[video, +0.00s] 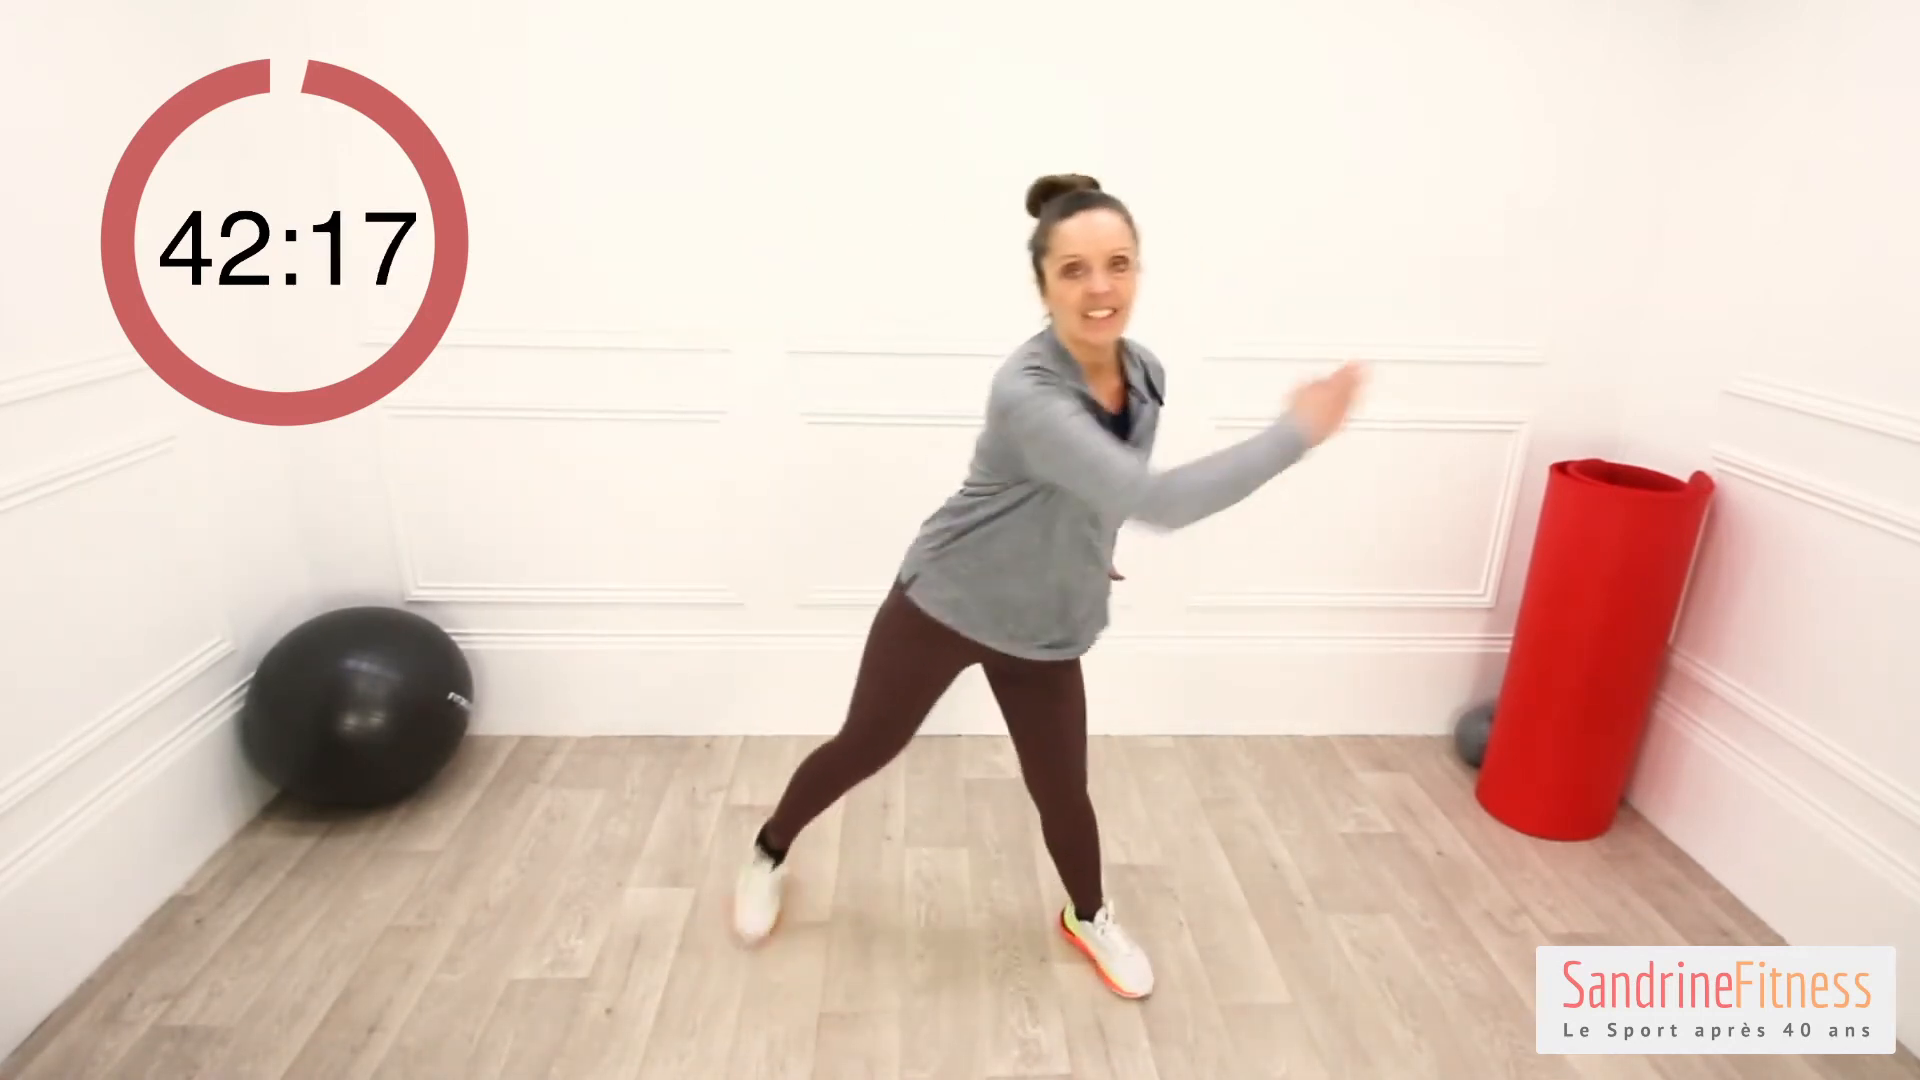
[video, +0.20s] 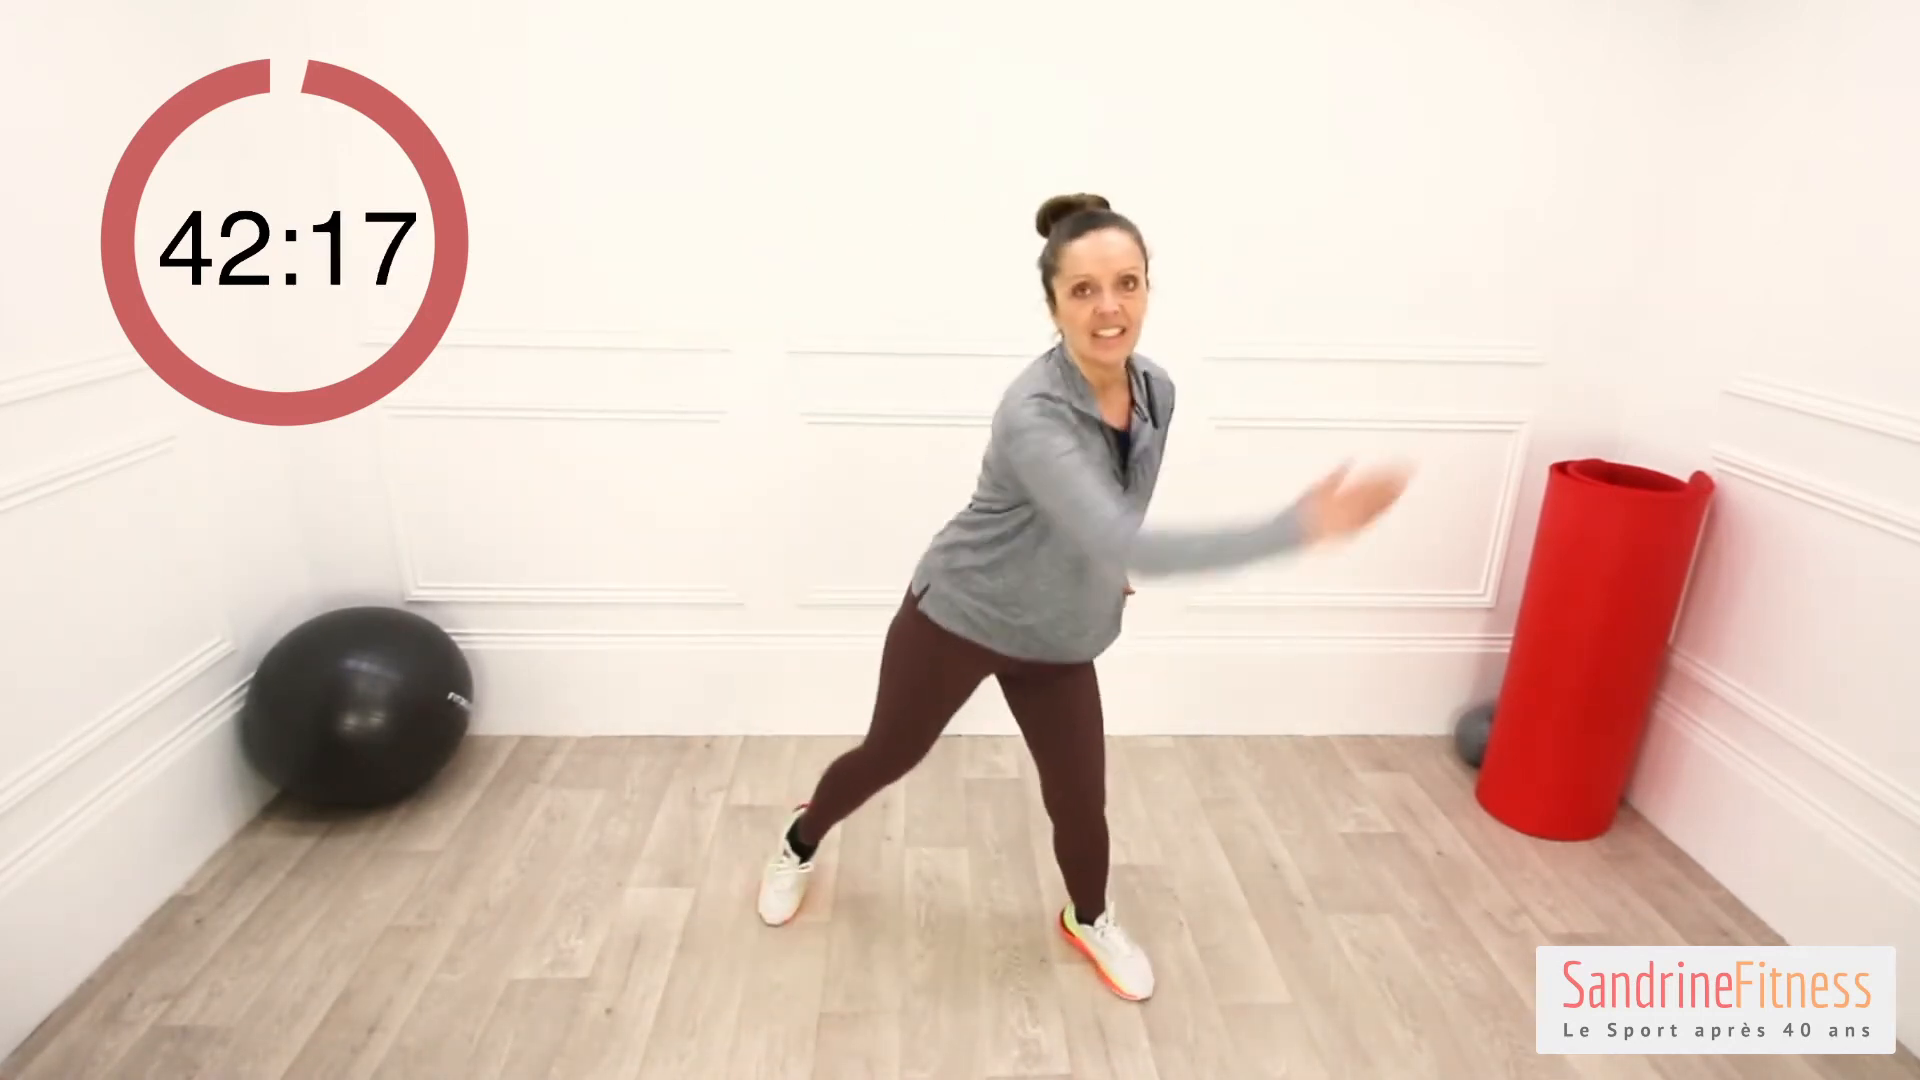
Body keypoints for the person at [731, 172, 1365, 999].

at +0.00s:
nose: (1099, 289)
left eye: (1117, 266)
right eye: (1074, 271)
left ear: (1138, 277)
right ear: (1042, 289)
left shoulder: (1146, 377)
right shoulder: (1026, 395)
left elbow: (1087, 485)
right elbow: (1152, 500)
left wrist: (1093, 551)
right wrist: (1294, 434)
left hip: (1043, 620)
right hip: (947, 598)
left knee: (1062, 789)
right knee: (867, 744)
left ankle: (1088, 918)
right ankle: (767, 850)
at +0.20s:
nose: (1109, 308)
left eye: (1126, 286)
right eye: (1085, 291)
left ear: (1148, 292)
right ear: (1054, 303)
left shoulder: (1154, 392)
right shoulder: (1035, 417)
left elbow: (1119, 505)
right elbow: (1129, 543)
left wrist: (1111, 575)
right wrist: (1295, 528)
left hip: (1058, 634)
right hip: (958, 616)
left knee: (1080, 804)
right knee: (887, 757)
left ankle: (1087, 922)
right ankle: (800, 842)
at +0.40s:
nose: (1058, 294)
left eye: (1076, 270)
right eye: (1034, 276)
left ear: (1104, 279)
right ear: (1009, 292)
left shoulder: (1150, 387)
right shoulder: (970, 405)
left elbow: (1156, 453)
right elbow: (859, 535)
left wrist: (1135, 522)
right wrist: (927, 648)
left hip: (1063, 623)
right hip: (953, 609)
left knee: (1073, 788)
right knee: (871, 757)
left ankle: (1088, 917)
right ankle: (794, 866)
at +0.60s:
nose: (920, 334)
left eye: (940, 313)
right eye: (901, 316)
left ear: (973, 324)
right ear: (880, 329)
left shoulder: (1026, 450)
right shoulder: (844, 426)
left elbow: (1109, 550)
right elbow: (771, 468)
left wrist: (1082, 659)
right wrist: (800, 568)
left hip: (1027, 656)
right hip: (919, 645)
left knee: (1044, 822)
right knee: (846, 801)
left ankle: (1090, 923)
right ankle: (790, 921)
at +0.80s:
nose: (807, 295)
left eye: (827, 273)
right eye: (786, 277)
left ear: (864, 284)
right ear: (769, 292)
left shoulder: (912, 401)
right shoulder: (766, 390)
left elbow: (980, 563)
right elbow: (811, 521)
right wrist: (828, 592)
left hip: (963, 618)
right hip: (859, 624)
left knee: (1035, 768)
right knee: (813, 789)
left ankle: (1102, 902)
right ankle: (787, 920)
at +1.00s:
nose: (744, 284)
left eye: (765, 260)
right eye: (721, 267)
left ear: (802, 271)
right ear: (704, 285)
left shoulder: (839, 360)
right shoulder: (720, 374)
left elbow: (835, 431)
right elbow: (772, 486)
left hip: (924, 597)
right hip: (826, 618)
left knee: (986, 743)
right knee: (791, 787)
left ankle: (1068, 817)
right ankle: (787, 918)